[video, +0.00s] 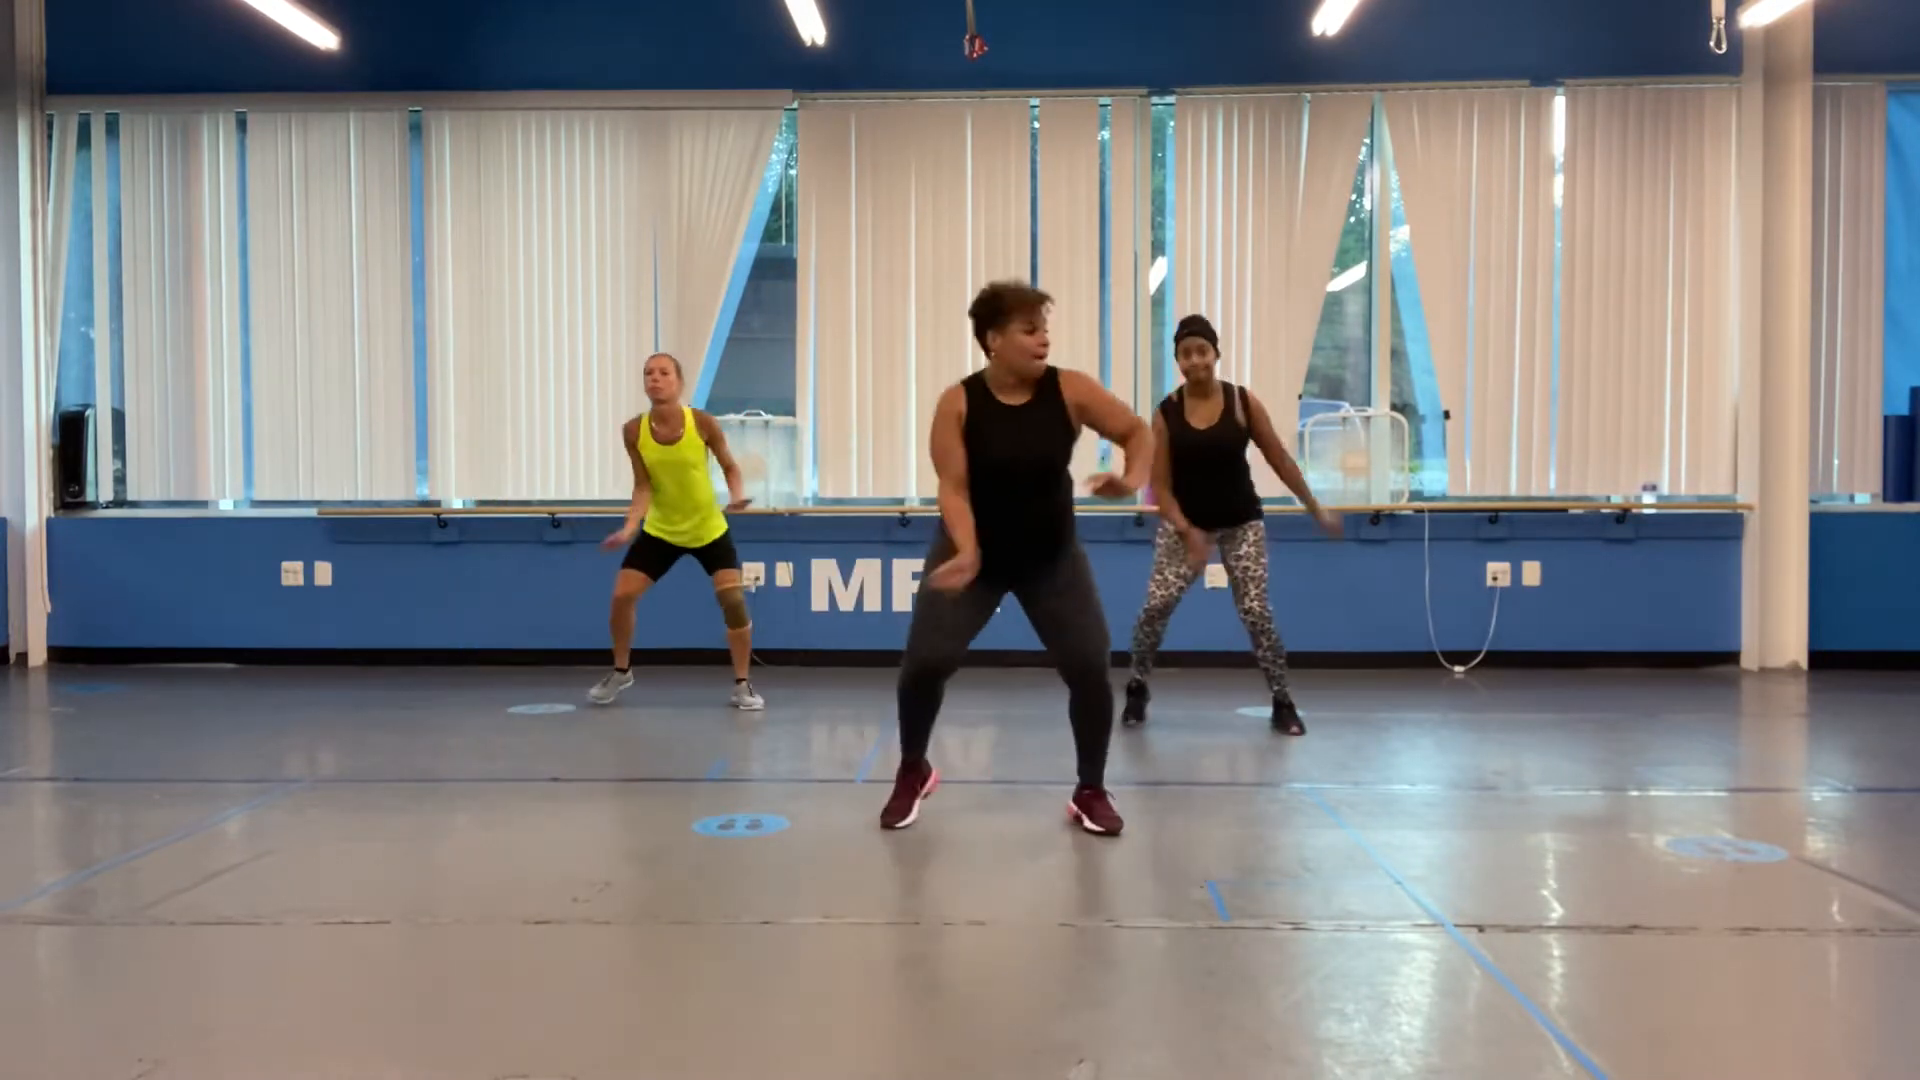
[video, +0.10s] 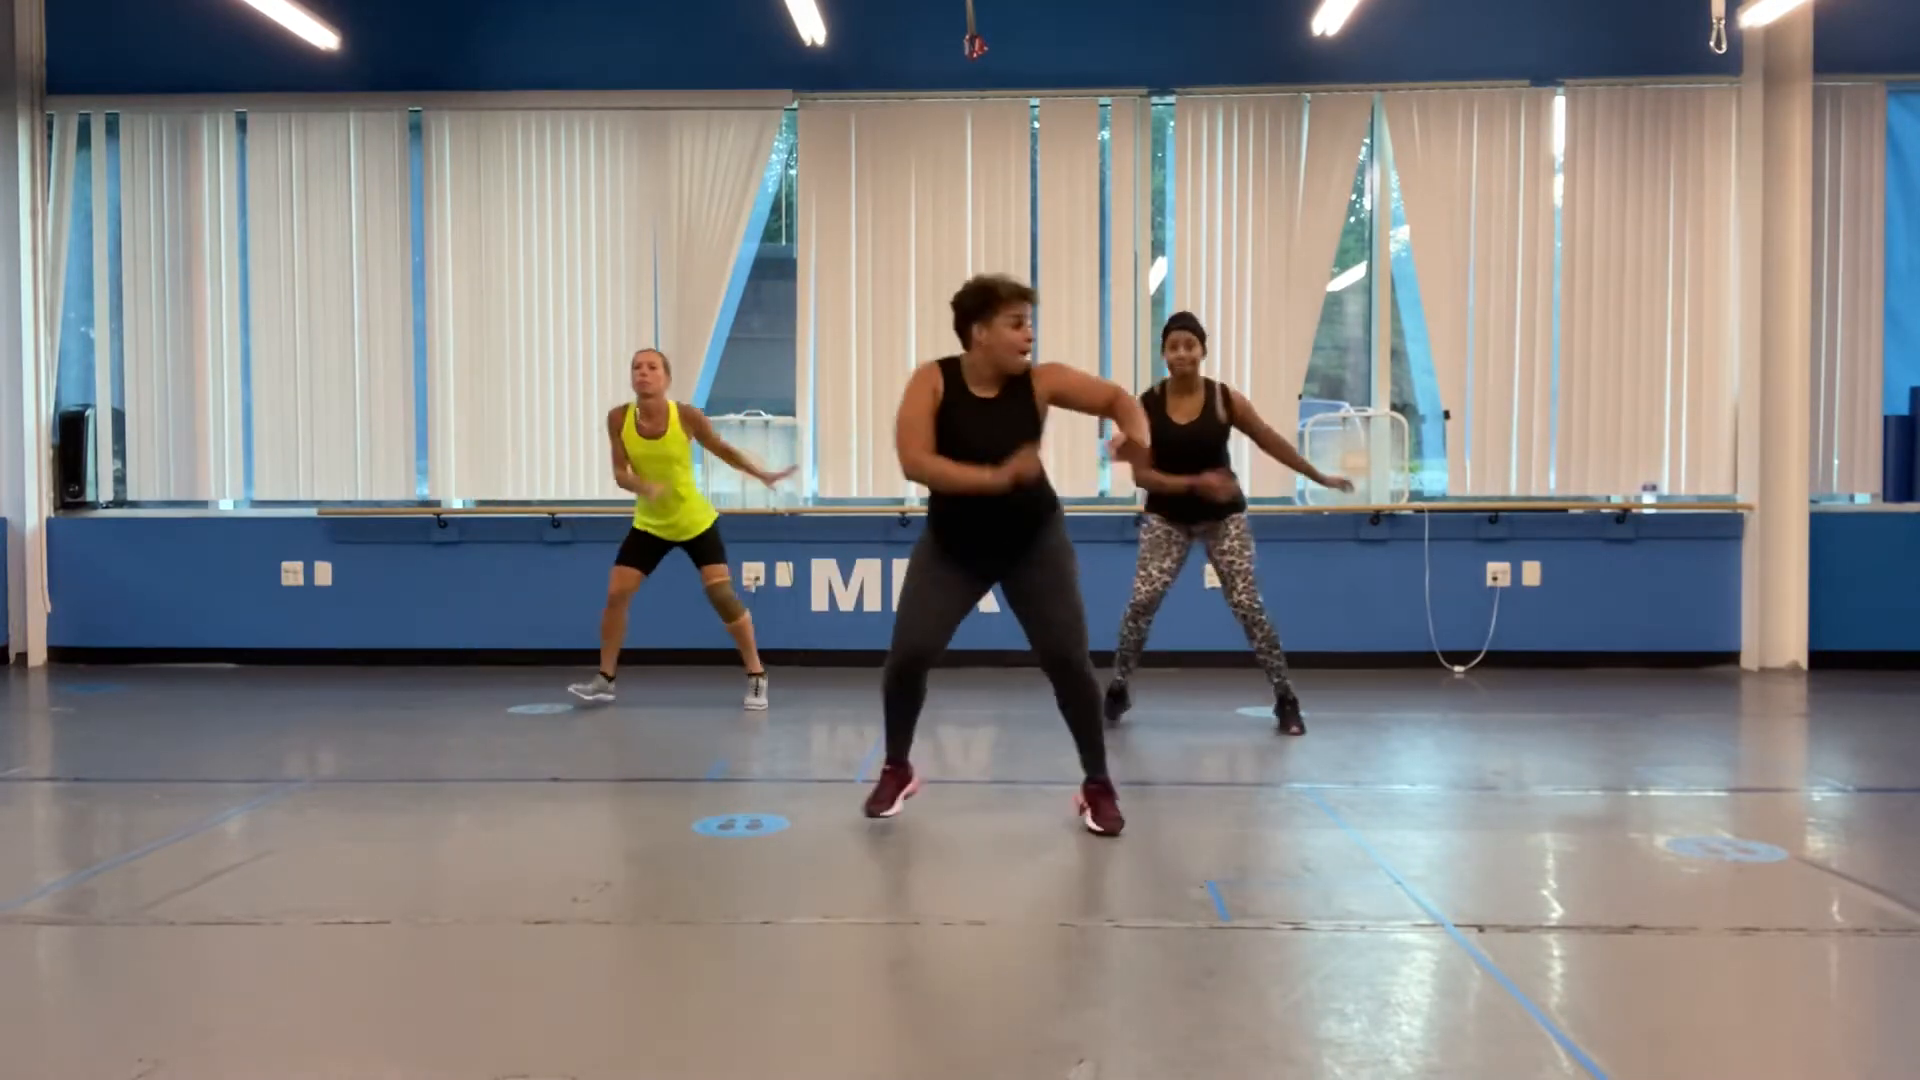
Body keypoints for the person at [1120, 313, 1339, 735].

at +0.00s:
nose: (1194, 360)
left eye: (1201, 352)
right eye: (1186, 354)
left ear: (1216, 355)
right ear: (1178, 361)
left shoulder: (1243, 403)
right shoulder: (1166, 415)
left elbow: (1279, 460)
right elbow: (1160, 486)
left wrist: (1315, 508)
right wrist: (1185, 531)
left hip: (1240, 524)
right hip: (1184, 524)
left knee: (1254, 610)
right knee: (1156, 606)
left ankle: (1283, 702)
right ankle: (1136, 689)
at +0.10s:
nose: (1181, 353)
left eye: (1189, 346)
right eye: (1173, 346)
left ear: (1203, 351)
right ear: (1163, 354)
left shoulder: (1225, 400)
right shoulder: (1145, 407)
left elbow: (1268, 440)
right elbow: (1141, 476)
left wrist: (1319, 477)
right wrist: (1196, 483)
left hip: (1222, 517)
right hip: (1165, 520)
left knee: (1245, 603)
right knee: (1143, 600)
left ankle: (1285, 698)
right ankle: (1118, 688)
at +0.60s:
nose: (1185, 351)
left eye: (1192, 344)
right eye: (1176, 346)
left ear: (1205, 353)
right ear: (1166, 359)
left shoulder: (1232, 399)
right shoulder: (1152, 408)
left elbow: (1247, 463)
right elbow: (1111, 450)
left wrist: (1202, 485)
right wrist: (1066, 460)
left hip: (1216, 518)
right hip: (1160, 516)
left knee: (1234, 603)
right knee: (1145, 601)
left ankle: (1262, 698)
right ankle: (1103, 690)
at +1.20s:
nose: (1146, 347)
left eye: (1152, 341)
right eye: (1137, 342)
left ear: (1164, 352)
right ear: (1125, 354)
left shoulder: (1182, 400)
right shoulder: (1108, 402)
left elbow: (1222, 436)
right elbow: (1095, 458)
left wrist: (1280, 448)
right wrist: (1151, 434)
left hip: (1177, 518)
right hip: (1123, 521)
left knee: (1195, 601)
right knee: (1117, 609)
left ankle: (1223, 689)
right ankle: (1107, 693)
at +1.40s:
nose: (1117, 339)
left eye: (1125, 333)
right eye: (1109, 334)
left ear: (1137, 344)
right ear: (1097, 347)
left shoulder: (1159, 389)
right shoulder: (1084, 400)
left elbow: (1206, 421)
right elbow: (1078, 458)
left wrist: (1255, 440)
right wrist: (1132, 434)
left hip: (1161, 515)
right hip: (1106, 516)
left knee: (1172, 604)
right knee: (1081, 600)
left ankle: (1202, 695)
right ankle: (1078, 681)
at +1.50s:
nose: (1100, 341)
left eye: (1108, 335)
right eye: (1093, 335)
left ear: (1119, 346)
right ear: (1080, 346)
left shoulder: (1138, 390)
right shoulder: (1064, 398)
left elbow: (1192, 419)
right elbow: (1059, 455)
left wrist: (1245, 434)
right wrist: (1108, 422)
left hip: (1148, 515)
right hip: (1092, 518)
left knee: (1168, 604)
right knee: (1071, 602)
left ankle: (1205, 693)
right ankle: (1044, 694)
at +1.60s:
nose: (1086, 353)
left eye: (1094, 348)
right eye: (1078, 348)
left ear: (1105, 360)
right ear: (1066, 360)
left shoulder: (1123, 405)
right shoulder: (1048, 410)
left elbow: (1172, 437)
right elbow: (1033, 469)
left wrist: (1229, 457)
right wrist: (1080, 442)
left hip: (1130, 522)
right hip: (1074, 526)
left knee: (1153, 604)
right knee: (1057, 606)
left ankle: (1196, 679)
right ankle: (1040, 696)